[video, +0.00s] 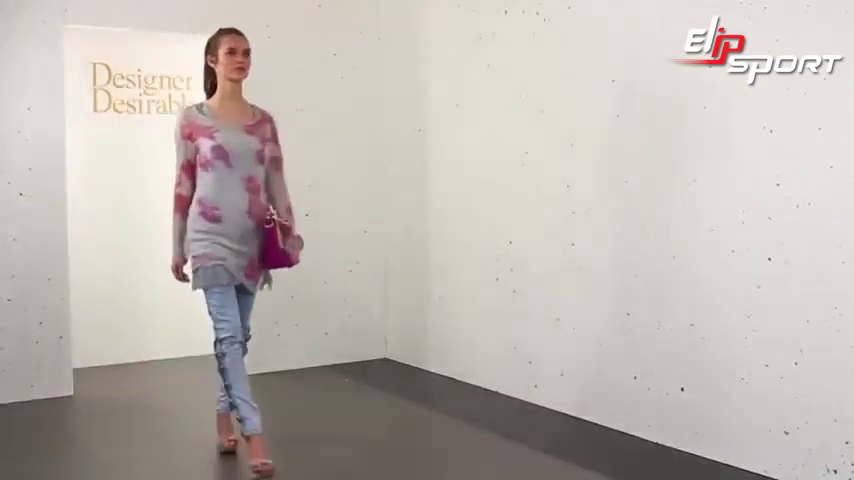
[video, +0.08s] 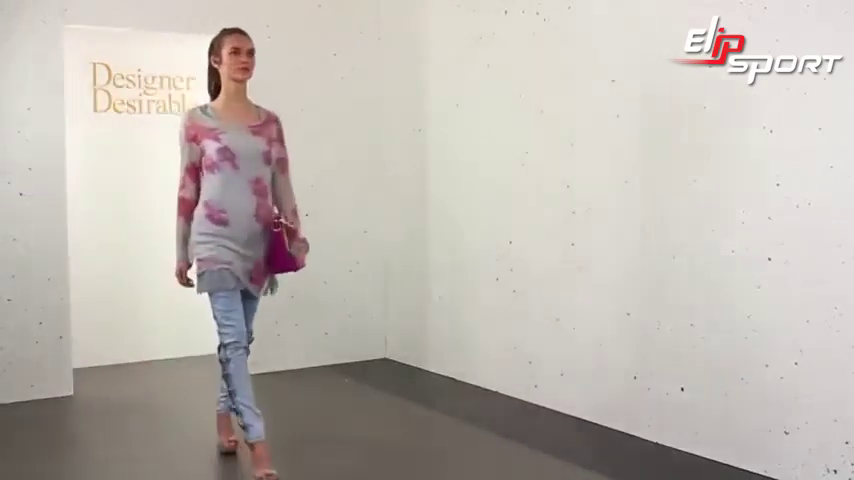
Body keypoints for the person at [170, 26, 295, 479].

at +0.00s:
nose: (240, 60)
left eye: (245, 53)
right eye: (232, 53)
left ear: (251, 61)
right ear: (212, 61)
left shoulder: (264, 120)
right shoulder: (192, 117)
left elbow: (276, 180)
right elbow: (184, 184)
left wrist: (289, 229)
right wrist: (178, 246)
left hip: (253, 238)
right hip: (208, 236)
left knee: (240, 334)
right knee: (228, 333)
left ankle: (225, 412)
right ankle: (252, 430)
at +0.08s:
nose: (244, 61)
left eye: (249, 54)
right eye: (235, 53)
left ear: (256, 61)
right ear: (216, 61)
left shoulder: (269, 121)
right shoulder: (197, 119)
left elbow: (282, 183)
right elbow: (188, 188)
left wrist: (296, 235)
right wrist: (182, 250)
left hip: (260, 239)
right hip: (213, 238)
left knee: (242, 337)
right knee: (234, 337)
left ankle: (225, 411)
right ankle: (256, 438)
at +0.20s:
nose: (251, 55)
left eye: (257, 48)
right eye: (242, 48)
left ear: (263, 56)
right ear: (223, 56)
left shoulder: (280, 116)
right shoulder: (204, 119)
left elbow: (292, 182)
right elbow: (195, 189)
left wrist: (302, 236)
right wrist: (189, 255)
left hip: (270, 241)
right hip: (222, 239)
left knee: (257, 343)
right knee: (239, 342)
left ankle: (232, 414)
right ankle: (260, 442)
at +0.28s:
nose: (258, 51)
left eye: (263, 44)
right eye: (248, 44)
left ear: (269, 52)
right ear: (228, 52)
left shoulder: (285, 114)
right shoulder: (208, 115)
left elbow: (297, 179)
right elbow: (200, 187)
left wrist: (310, 234)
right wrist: (194, 254)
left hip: (277, 240)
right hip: (227, 238)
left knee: (268, 347)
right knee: (242, 342)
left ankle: (245, 415)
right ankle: (260, 441)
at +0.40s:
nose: (269, 44)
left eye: (274, 37)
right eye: (259, 37)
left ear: (279, 46)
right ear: (238, 45)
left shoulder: (292, 108)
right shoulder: (215, 108)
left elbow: (305, 177)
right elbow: (208, 181)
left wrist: (317, 228)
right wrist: (206, 248)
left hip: (286, 241)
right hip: (236, 242)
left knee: (285, 343)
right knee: (247, 343)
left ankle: (278, 428)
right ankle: (260, 444)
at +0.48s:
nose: (277, 41)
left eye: (281, 34)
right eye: (267, 33)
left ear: (286, 42)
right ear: (245, 40)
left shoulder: (297, 105)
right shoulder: (220, 103)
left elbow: (311, 176)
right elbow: (213, 179)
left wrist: (325, 234)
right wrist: (214, 244)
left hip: (294, 240)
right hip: (242, 242)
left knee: (298, 347)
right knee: (247, 346)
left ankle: (298, 450)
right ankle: (260, 445)